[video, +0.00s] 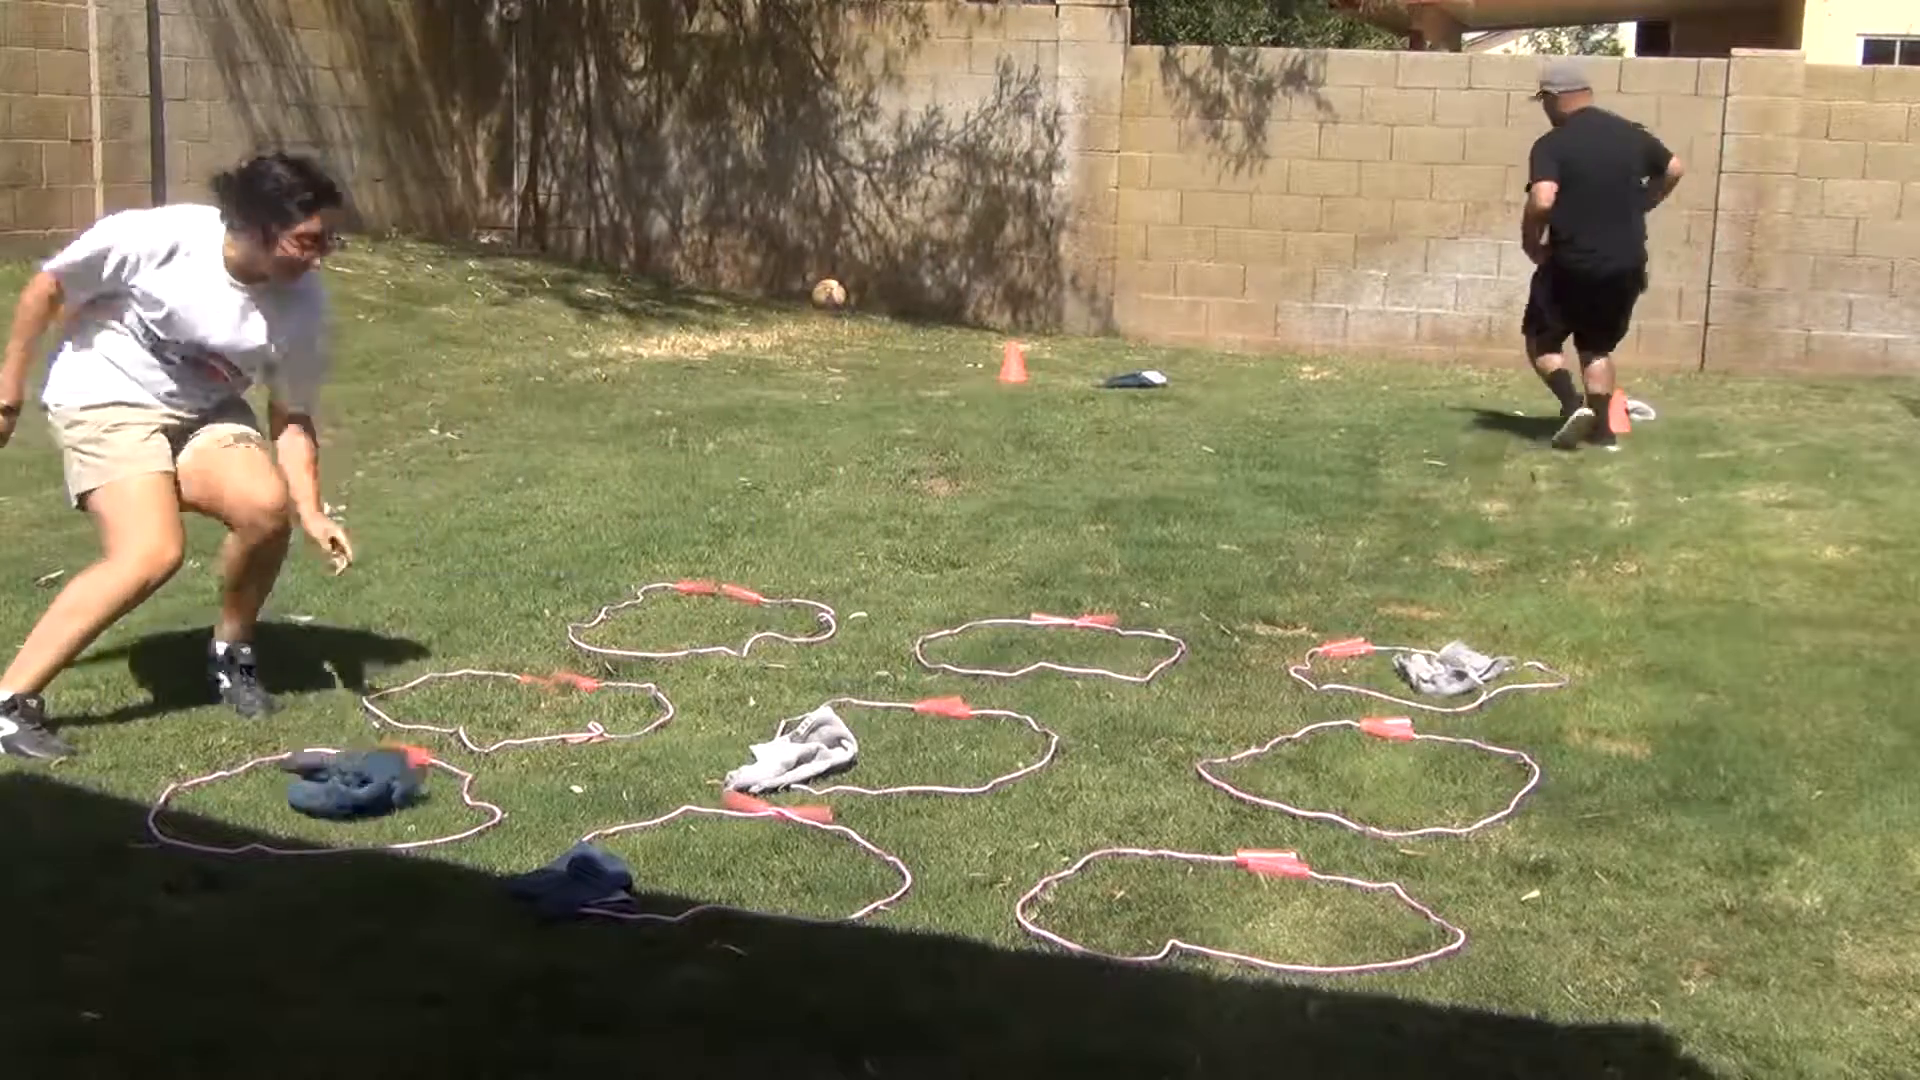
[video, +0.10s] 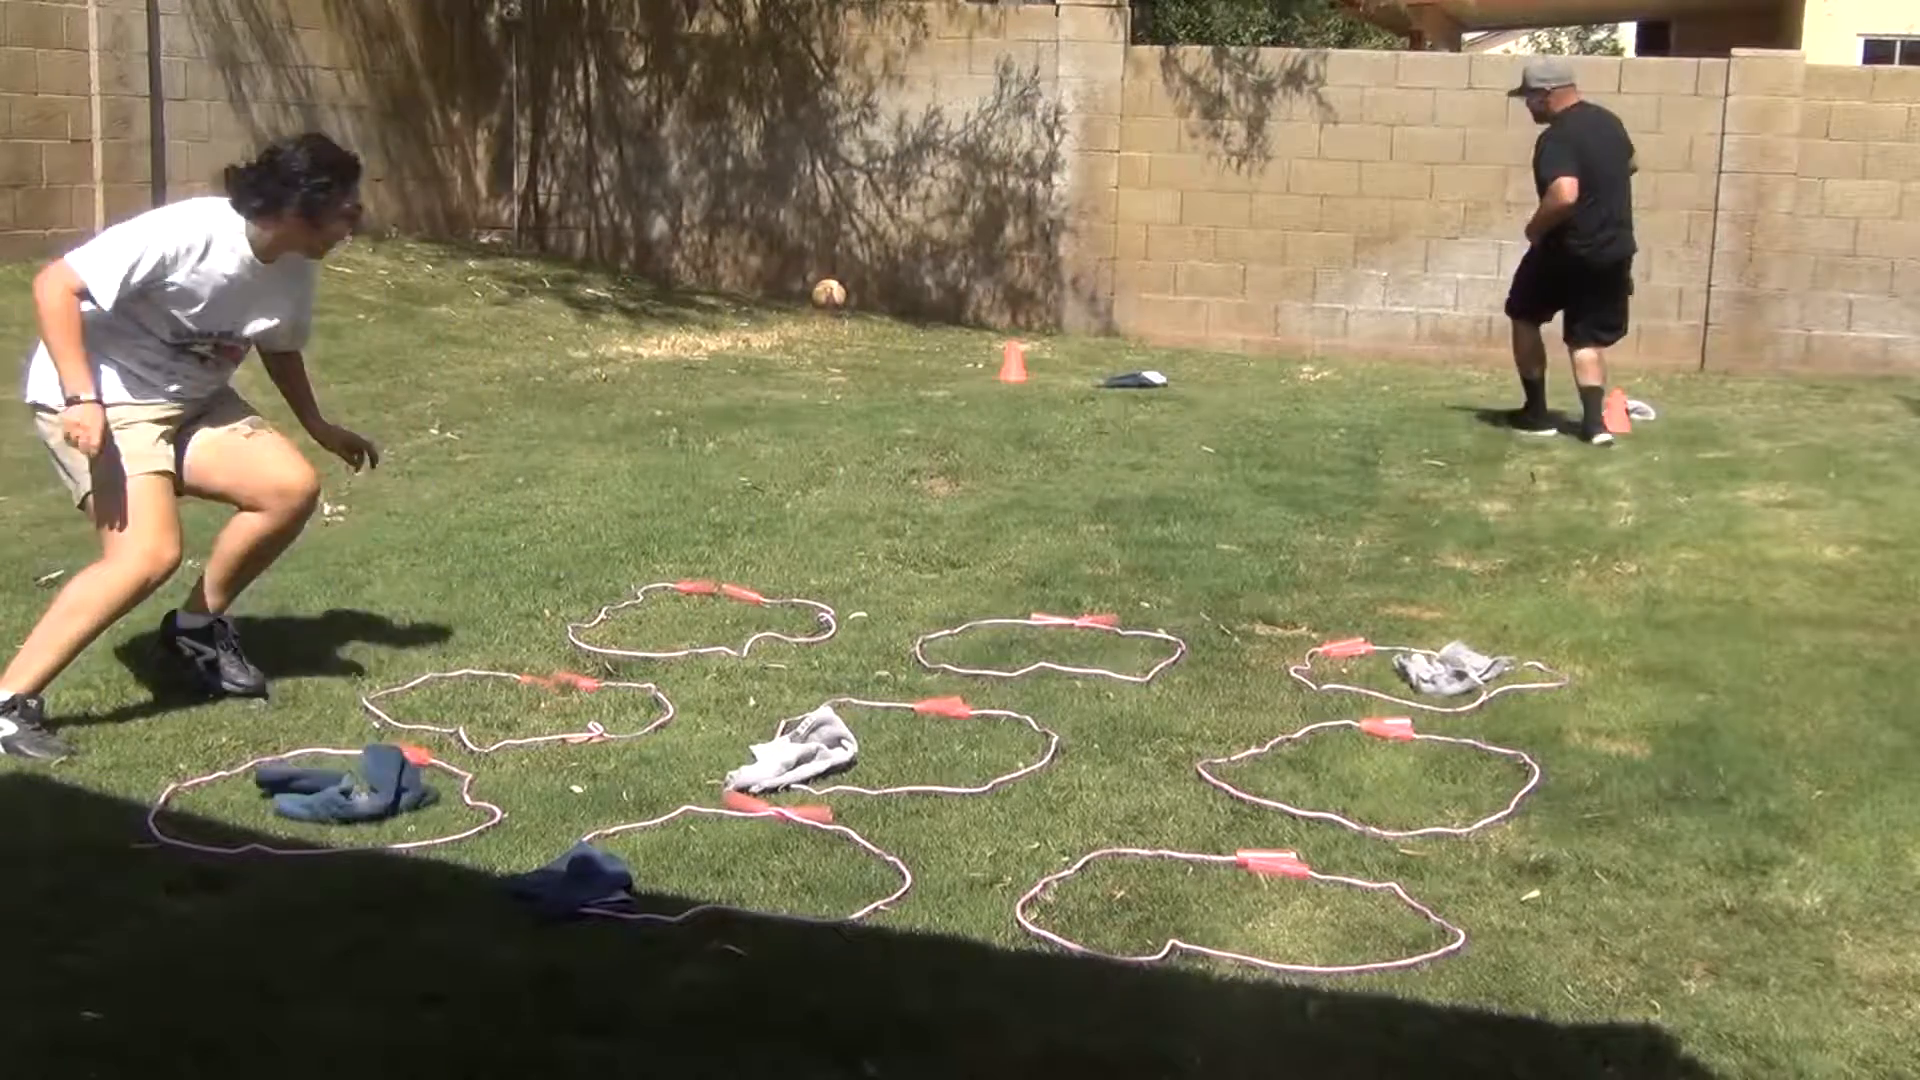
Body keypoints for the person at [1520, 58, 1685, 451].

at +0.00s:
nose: (1544, 108)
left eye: (1545, 100)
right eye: (1543, 101)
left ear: (1556, 99)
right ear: (1587, 94)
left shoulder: (1552, 144)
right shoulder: (1628, 131)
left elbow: (1543, 201)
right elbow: (1673, 169)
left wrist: (1531, 237)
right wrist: (1643, 204)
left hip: (1573, 263)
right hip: (1626, 263)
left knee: (1541, 339)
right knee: (1596, 345)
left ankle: (1573, 404)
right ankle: (1603, 432)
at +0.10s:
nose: (1527, 105)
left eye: (1529, 97)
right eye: (1525, 97)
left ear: (1547, 94)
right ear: (1567, 91)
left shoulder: (1556, 138)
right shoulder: (1607, 121)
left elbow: (1564, 195)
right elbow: (1629, 164)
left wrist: (1536, 226)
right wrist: (1590, 188)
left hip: (1564, 252)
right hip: (1612, 253)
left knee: (1524, 316)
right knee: (1585, 337)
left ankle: (1535, 411)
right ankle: (1595, 424)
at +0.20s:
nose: (1514, 102)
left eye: (1518, 95)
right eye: (1514, 95)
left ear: (1541, 95)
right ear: (1551, 94)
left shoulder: (1552, 134)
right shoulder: (1582, 118)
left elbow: (1578, 190)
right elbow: (1581, 172)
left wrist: (1538, 222)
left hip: (1558, 245)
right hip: (1597, 245)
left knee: (1518, 314)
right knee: (1568, 330)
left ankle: (1519, 404)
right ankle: (1583, 387)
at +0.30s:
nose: (1510, 107)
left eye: (1516, 99)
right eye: (1509, 98)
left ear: (1543, 101)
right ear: (1544, 101)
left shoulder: (1545, 139)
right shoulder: (1561, 124)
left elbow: (1573, 199)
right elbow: (1538, 176)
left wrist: (1534, 229)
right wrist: (1502, 196)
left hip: (1557, 247)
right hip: (1587, 246)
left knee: (1506, 312)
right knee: (1544, 315)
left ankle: (1518, 406)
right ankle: (1573, 378)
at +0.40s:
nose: (1508, 105)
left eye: (1517, 98)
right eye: (1506, 97)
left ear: (1541, 99)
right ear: (1506, 97)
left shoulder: (1554, 135)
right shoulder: (1521, 130)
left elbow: (1577, 196)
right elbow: (1521, 178)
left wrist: (1537, 225)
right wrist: (1494, 210)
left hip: (1575, 238)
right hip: (1546, 235)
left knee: (1514, 311)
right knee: (1519, 310)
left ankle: (1518, 404)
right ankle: (1557, 385)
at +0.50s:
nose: (1509, 109)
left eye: (1517, 103)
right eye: (1506, 102)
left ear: (1540, 104)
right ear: (1501, 102)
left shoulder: (1560, 139)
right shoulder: (1507, 135)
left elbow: (1590, 194)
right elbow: (1510, 176)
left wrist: (1546, 233)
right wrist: (1498, 209)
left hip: (1575, 236)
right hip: (1543, 234)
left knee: (1511, 307)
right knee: (1527, 309)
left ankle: (1521, 400)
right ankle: (1532, 386)